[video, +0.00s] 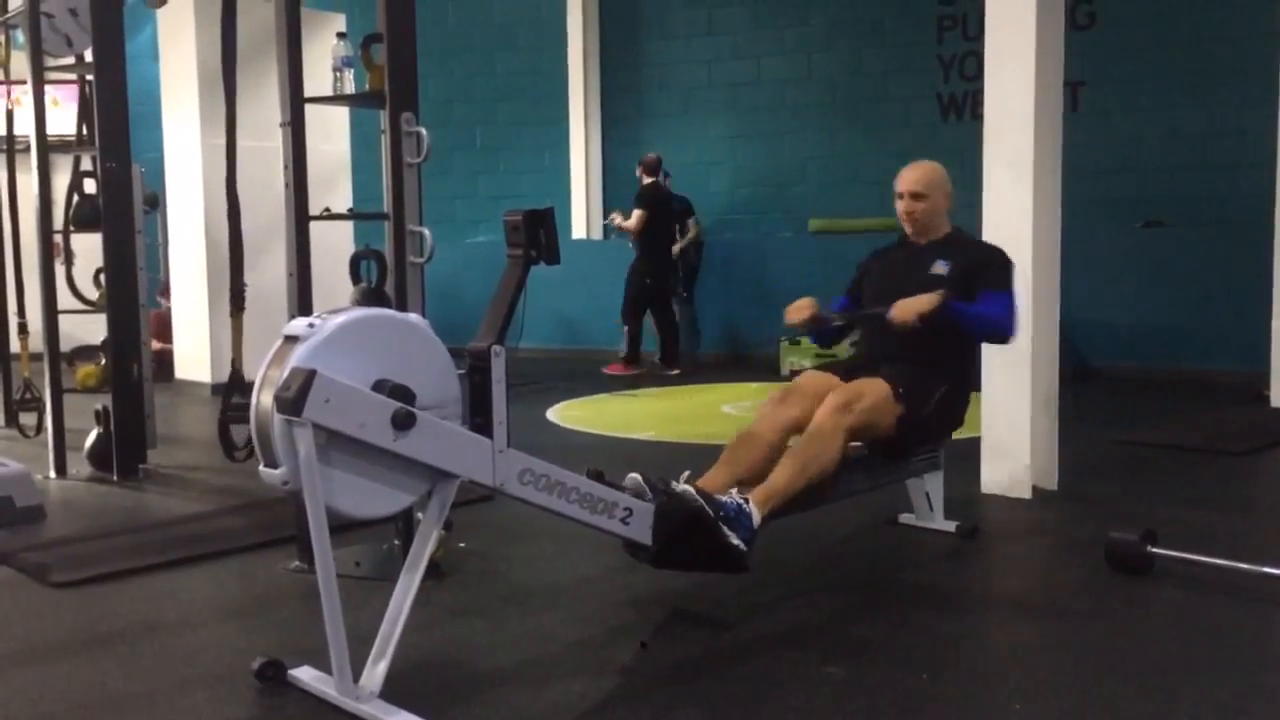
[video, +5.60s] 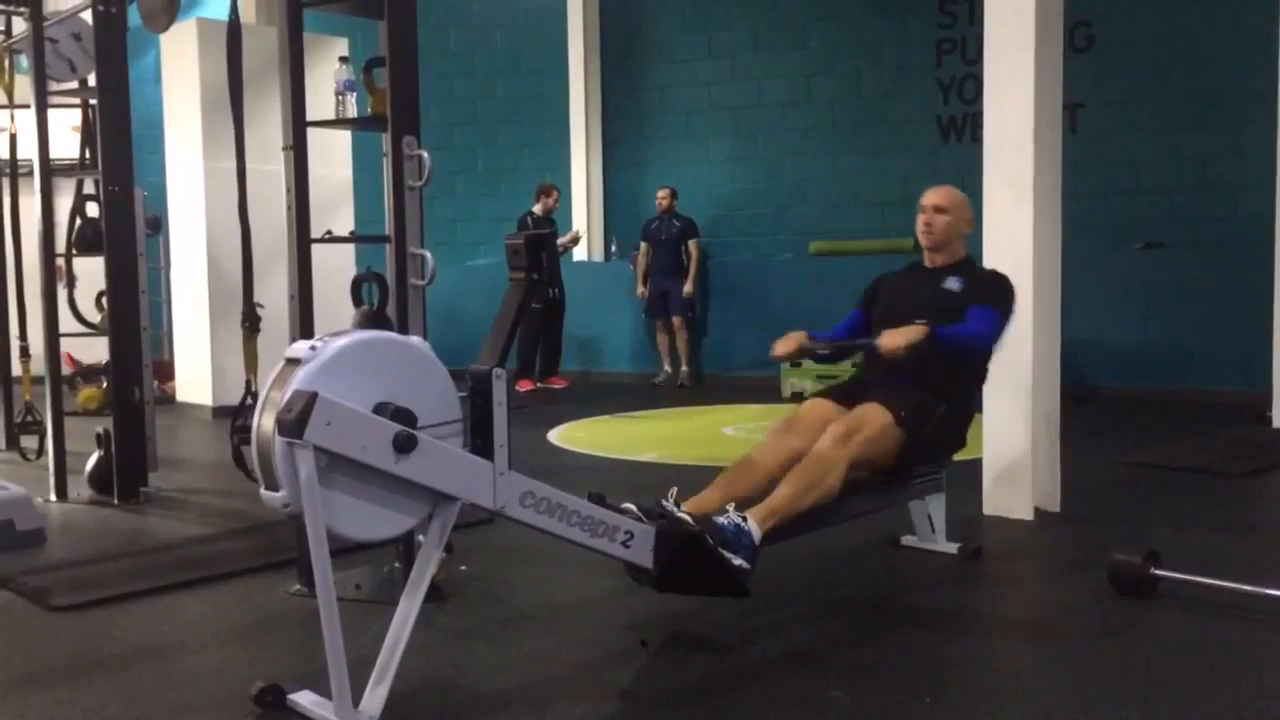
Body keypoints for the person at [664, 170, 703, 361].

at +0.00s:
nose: (659, 185)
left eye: (661, 180)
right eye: (657, 181)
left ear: (667, 181)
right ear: (656, 182)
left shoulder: (680, 202)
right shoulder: (653, 205)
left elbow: (694, 230)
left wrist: (678, 246)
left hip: (685, 256)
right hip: (667, 257)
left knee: (682, 298)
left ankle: (688, 348)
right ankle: (672, 348)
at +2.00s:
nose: (654, 188)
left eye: (659, 185)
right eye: (653, 185)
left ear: (669, 188)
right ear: (651, 188)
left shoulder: (683, 209)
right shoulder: (646, 212)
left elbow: (691, 239)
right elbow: (639, 242)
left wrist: (687, 266)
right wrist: (632, 270)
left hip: (676, 270)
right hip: (653, 270)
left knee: (676, 310)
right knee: (652, 311)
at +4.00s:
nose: (661, 190)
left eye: (665, 186)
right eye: (660, 187)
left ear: (676, 189)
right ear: (658, 189)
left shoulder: (688, 212)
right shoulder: (652, 214)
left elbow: (696, 242)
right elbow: (644, 243)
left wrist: (692, 269)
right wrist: (642, 271)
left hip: (679, 270)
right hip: (658, 270)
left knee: (680, 312)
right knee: (663, 314)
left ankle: (686, 356)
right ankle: (668, 356)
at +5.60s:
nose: (659, 202)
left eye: (663, 199)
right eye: (657, 199)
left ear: (673, 201)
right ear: (656, 201)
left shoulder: (685, 224)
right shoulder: (649, 225)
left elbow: (694, 254)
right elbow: (642, 255)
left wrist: (690, 281)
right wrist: (640, 283)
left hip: (677, 281)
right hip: (655, 281)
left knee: (678, 323)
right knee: (661, 325)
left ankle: (684, 367)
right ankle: (666, 368)